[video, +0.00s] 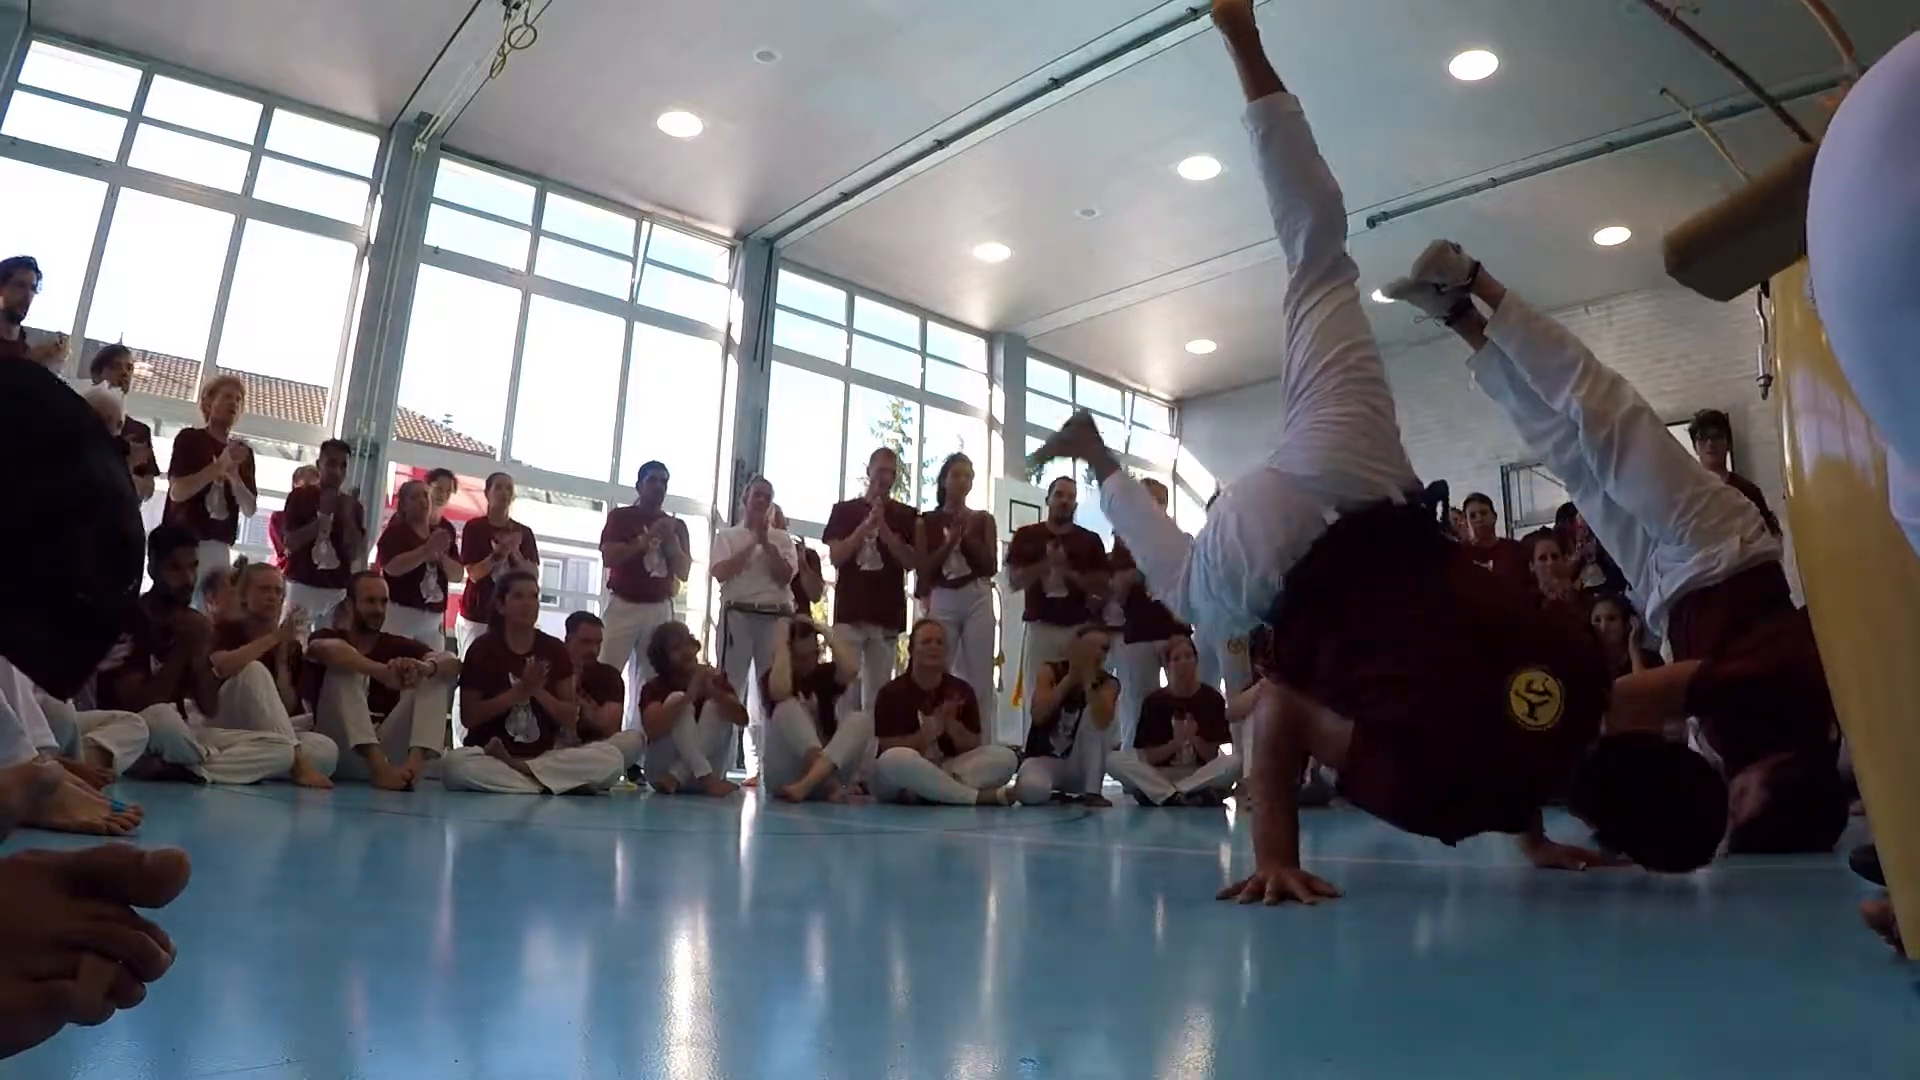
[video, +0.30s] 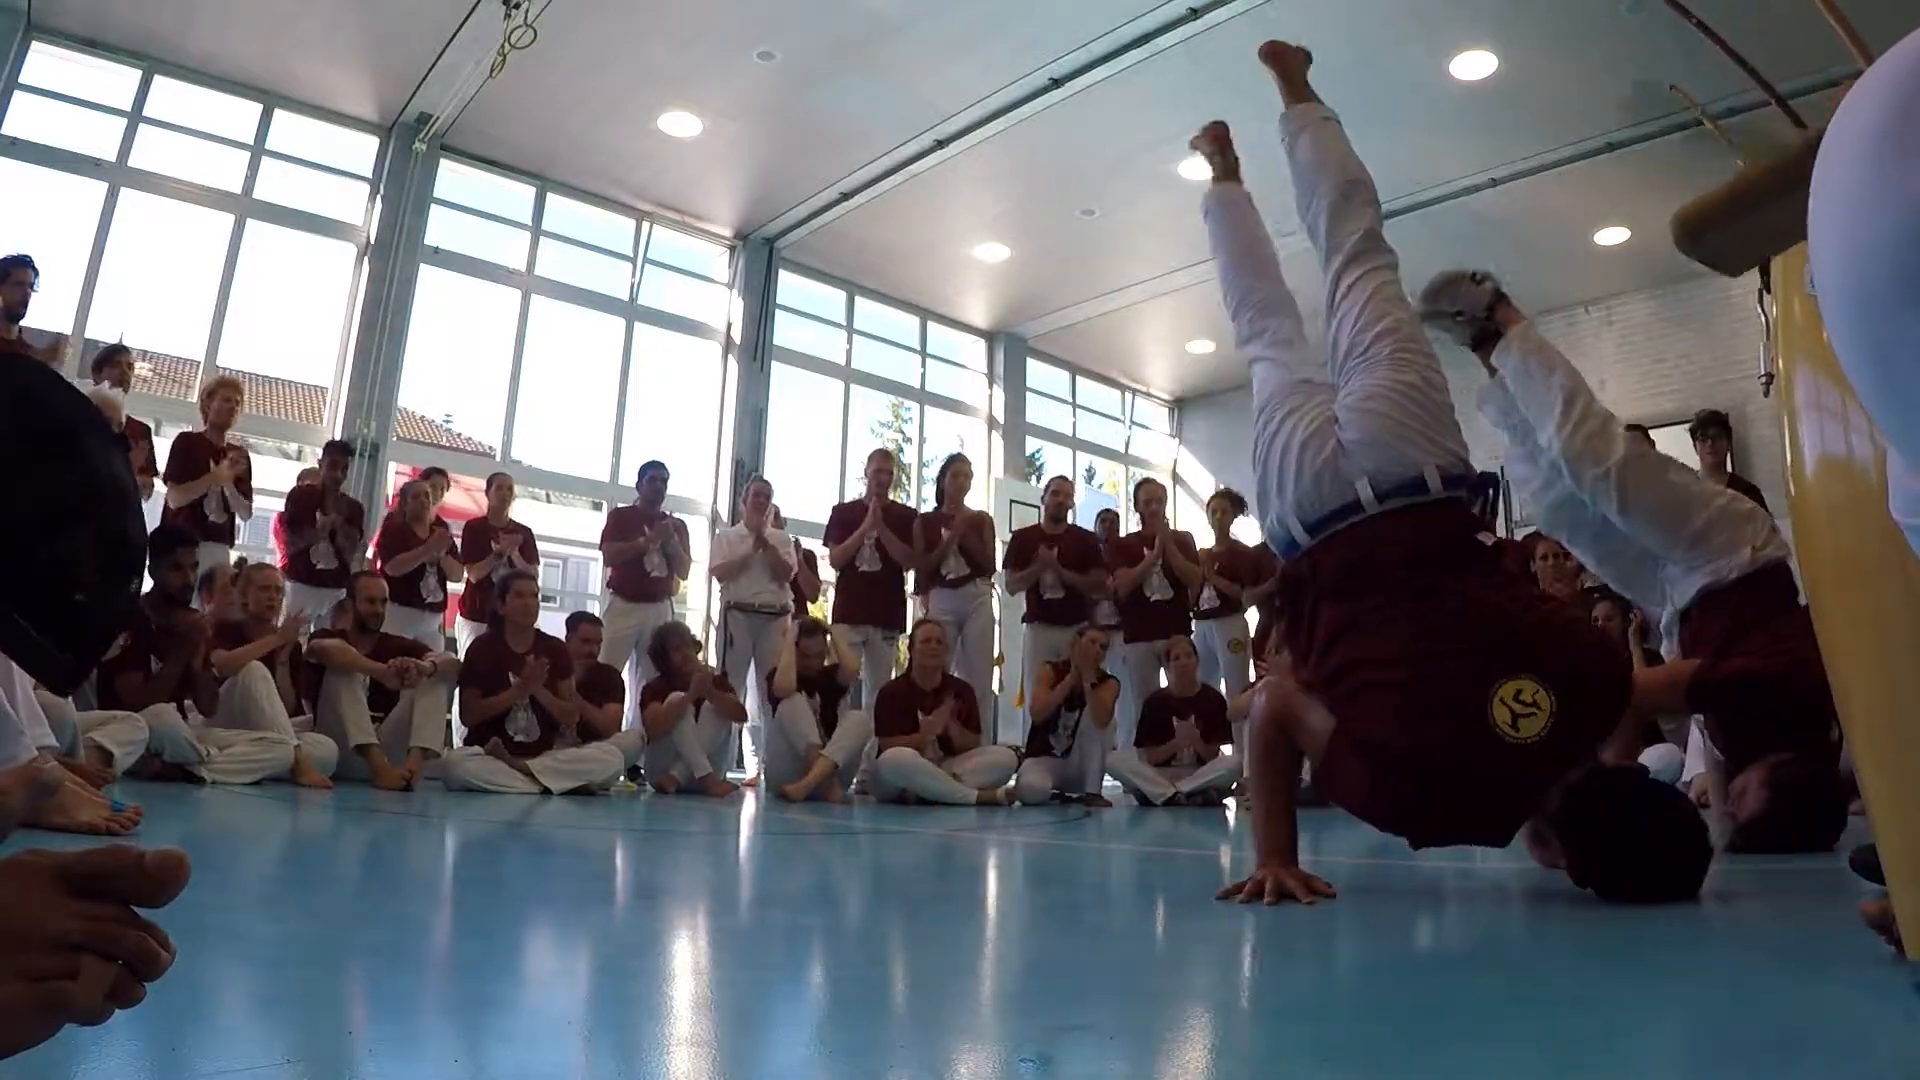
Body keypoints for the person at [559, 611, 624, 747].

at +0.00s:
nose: (593, 650)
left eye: (598, 643)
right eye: (586, 642)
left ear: (602, 644)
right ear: (567, 640)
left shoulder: (610, 675)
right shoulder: (549, 673)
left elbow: (610, 728)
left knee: (635, 738)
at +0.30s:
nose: (593, 650)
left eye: (598, 643)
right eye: (586, 642)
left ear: (602, 643)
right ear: (568, 639)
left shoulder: (610, 676)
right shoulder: (549, 673)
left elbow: (610, 728)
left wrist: (573, 697)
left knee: (634, 738)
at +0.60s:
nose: (593, 650)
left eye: (598, 643)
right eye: (586, 642)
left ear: (601, 643)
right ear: (567, 640)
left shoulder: (609, 674)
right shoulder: (549, 672)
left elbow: (610, 729)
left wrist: (579, 694)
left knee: (634, 739)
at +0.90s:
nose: (593, 650)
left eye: (597, 643)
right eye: (586, 642)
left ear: (601, 643)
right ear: (567, 640)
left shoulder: (609, 674)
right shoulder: (550, 672)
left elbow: (610, 729)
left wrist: (582, 692)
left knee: (634, 739)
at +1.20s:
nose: (594, 649)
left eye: (599, 643)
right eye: (587, 642)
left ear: (602, 643)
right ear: (569, 640)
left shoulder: (610, 674)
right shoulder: (552, 673)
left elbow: (610, 729)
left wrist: (580, 690)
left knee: (634, 739)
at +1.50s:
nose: (594, 648)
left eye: (599, 642)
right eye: (586, 641)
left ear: (602, 642)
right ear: (569, 640)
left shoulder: (610, 675)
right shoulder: (551, 672)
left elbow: (609, 729)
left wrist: (572, 691)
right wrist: (566, 681)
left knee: (634, 739)